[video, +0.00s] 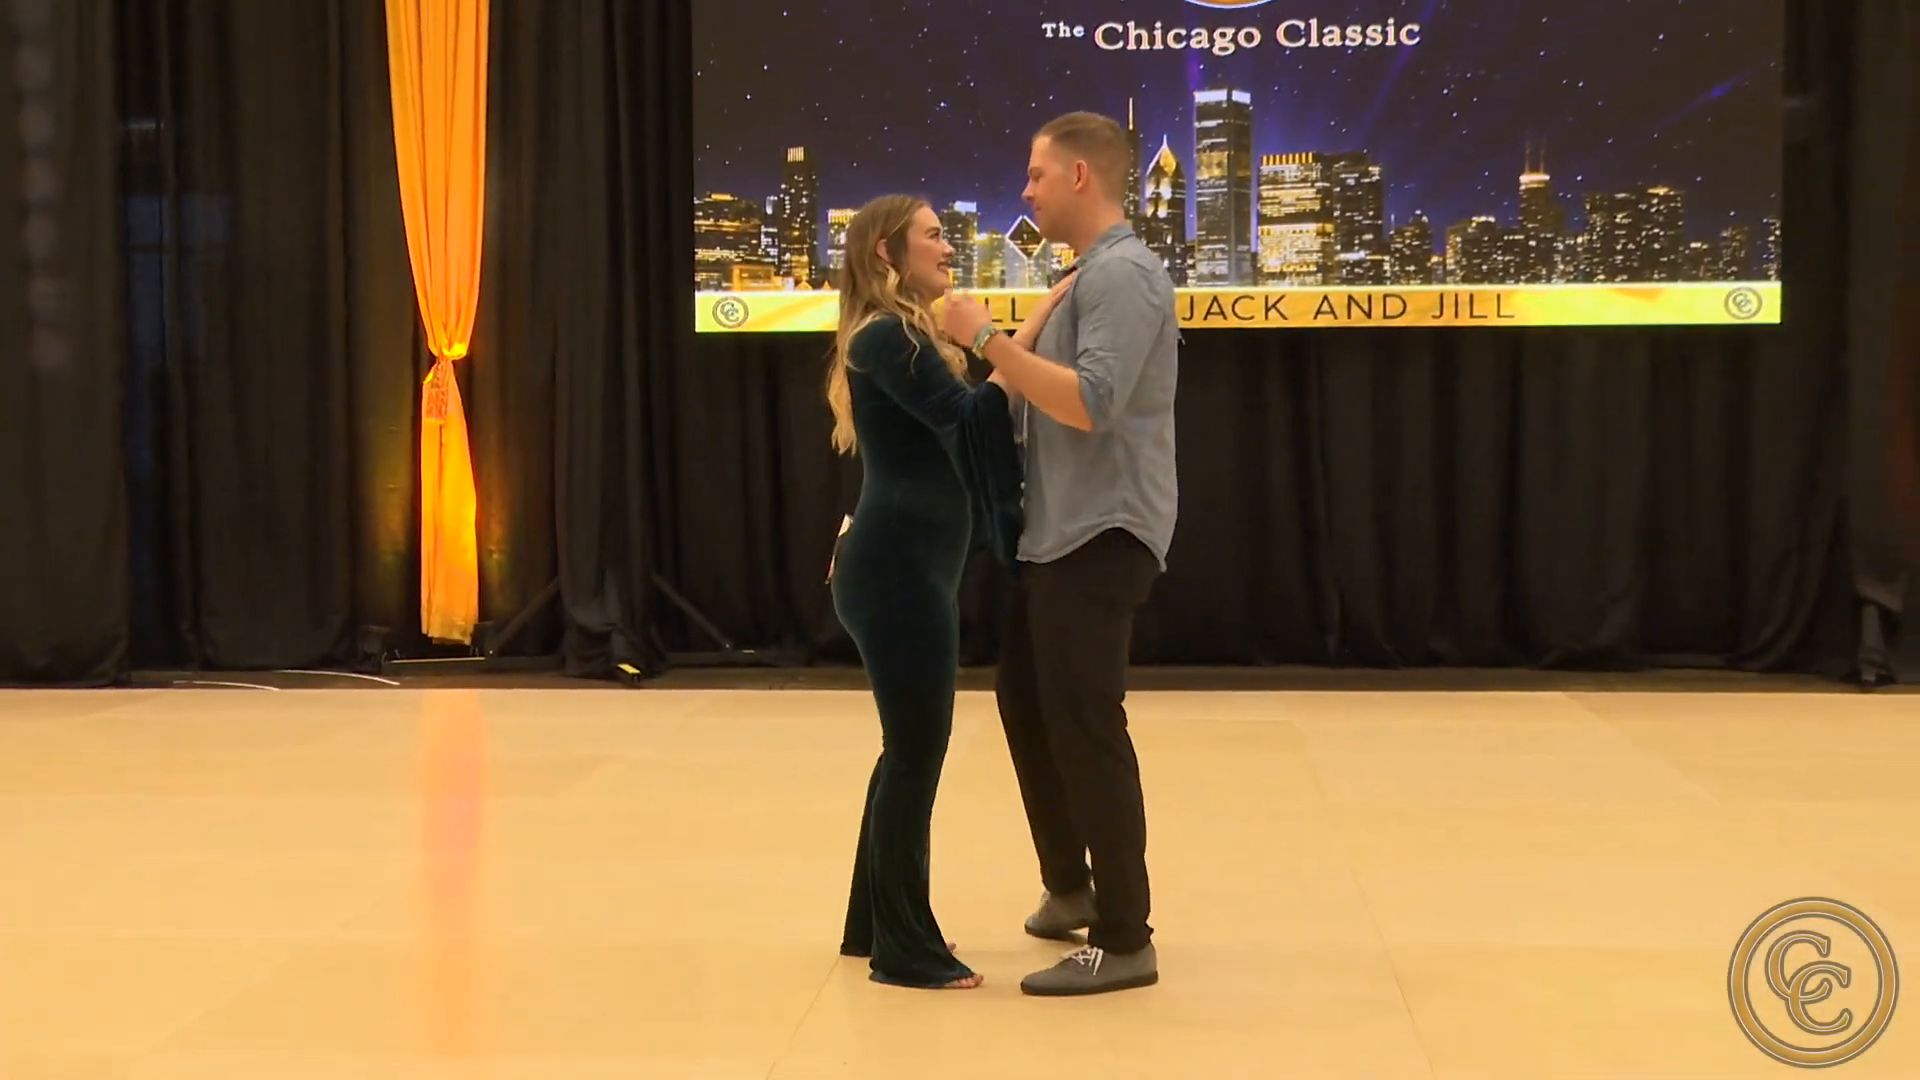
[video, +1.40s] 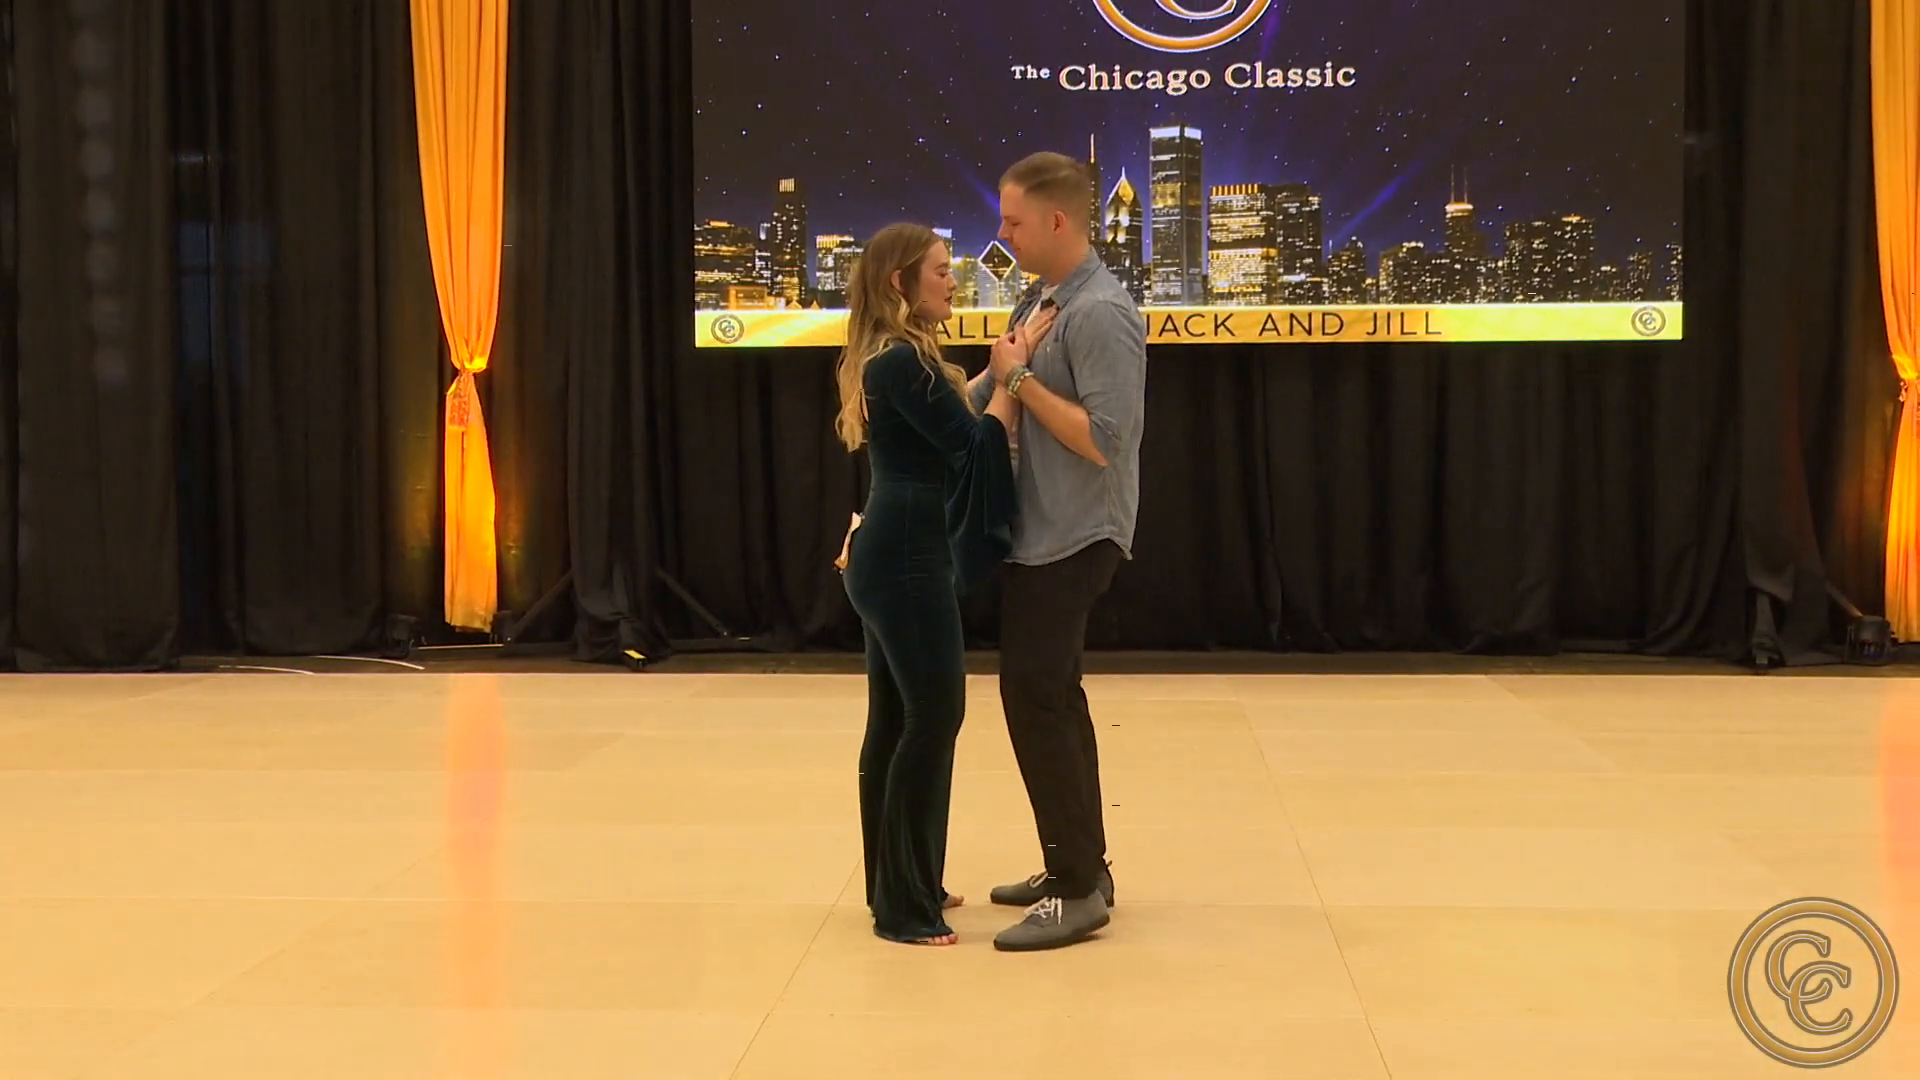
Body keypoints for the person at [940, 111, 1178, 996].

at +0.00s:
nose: (1026, 189)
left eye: (1036, 173)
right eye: (1028, 174)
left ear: (1080, 177)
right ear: (1082, 177)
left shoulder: (1123, 273)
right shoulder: (1080, 278)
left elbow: (1091, 402)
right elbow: (1033, 406)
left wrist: (987, 340)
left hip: (1103, 530)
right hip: (1057, 530)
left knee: (1085, 719)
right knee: (1028, 708)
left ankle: (1125, 945)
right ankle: (1072, 893)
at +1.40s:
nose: (1005, 239)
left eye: (1013, 224)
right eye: (1004, 225)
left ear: (1060, 222)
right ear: (1054, 224)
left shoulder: (1101, 311)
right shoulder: (1044, 307)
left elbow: (1104, 443)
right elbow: (1006, 410)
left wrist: (1019, 379)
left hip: (1076, 538)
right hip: (1042, 534)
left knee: (1037, 701)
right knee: (1049, 699)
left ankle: (1081, 891)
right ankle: (1073, 867)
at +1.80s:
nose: (992, 253)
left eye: (999, 238)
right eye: (988, 240)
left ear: (1045, 225)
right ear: (1034, 231)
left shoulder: (1098, 312)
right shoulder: (1027, 306)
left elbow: (1108, 444)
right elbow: (980, 404)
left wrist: (1020, 381)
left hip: (1079, 539)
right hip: (1035, 533)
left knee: (1067, 711)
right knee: (1053, 707)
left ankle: (1069, 890)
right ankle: (1077, 864)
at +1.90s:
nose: (993, 256)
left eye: (998, 241)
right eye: (988, 243)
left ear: (1044, 226)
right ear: (1033, 231)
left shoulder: (1098, 312)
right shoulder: (1027, 306)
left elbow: (1110, 445)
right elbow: (979, 404)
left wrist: (1021, 383)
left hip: (1081, 537)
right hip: (1037, 532)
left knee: (1063, 704)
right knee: (1050, 702)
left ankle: (1071, 887)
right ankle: (1074, 863)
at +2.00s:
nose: (992, 257)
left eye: (997, 241)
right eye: (988, 243)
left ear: (1043, 227)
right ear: (1038, 231)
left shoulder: (1099, 311)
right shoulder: (1032, 305)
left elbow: (1113, 445)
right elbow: (979, 398)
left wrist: (1024, 385)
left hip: (1084, 532)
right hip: (1045, 527)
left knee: (1058, 699)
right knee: (1051, 698)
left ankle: (1081, 892)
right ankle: (1071, 867)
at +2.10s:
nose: (993, 259)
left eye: (996, 243)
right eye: (988, 245)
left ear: (1041, 227)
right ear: (1038, 229)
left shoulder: (1100, 311)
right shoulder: (1041, 306)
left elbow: (1113, 445)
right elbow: (994, 403)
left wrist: (1022, 382)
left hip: (1085, 535)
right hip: (1050, 530)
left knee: (1060, 702)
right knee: (1055, 700)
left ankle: (1085, 895)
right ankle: (1071, 867)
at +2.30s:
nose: (996, 259)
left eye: (997, 242)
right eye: (991, 245)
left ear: (1035, 227)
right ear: (1039, 227)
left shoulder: (1100, 307)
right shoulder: (1059, 310)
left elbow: (1105, 437)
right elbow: (1039, 431)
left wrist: (1022, 380)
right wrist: (1015, 392)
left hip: (1085, 542)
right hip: (1053, 540)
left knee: (1065, 712)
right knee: (1049, 707)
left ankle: (1097, 913)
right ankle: (1073, 871)